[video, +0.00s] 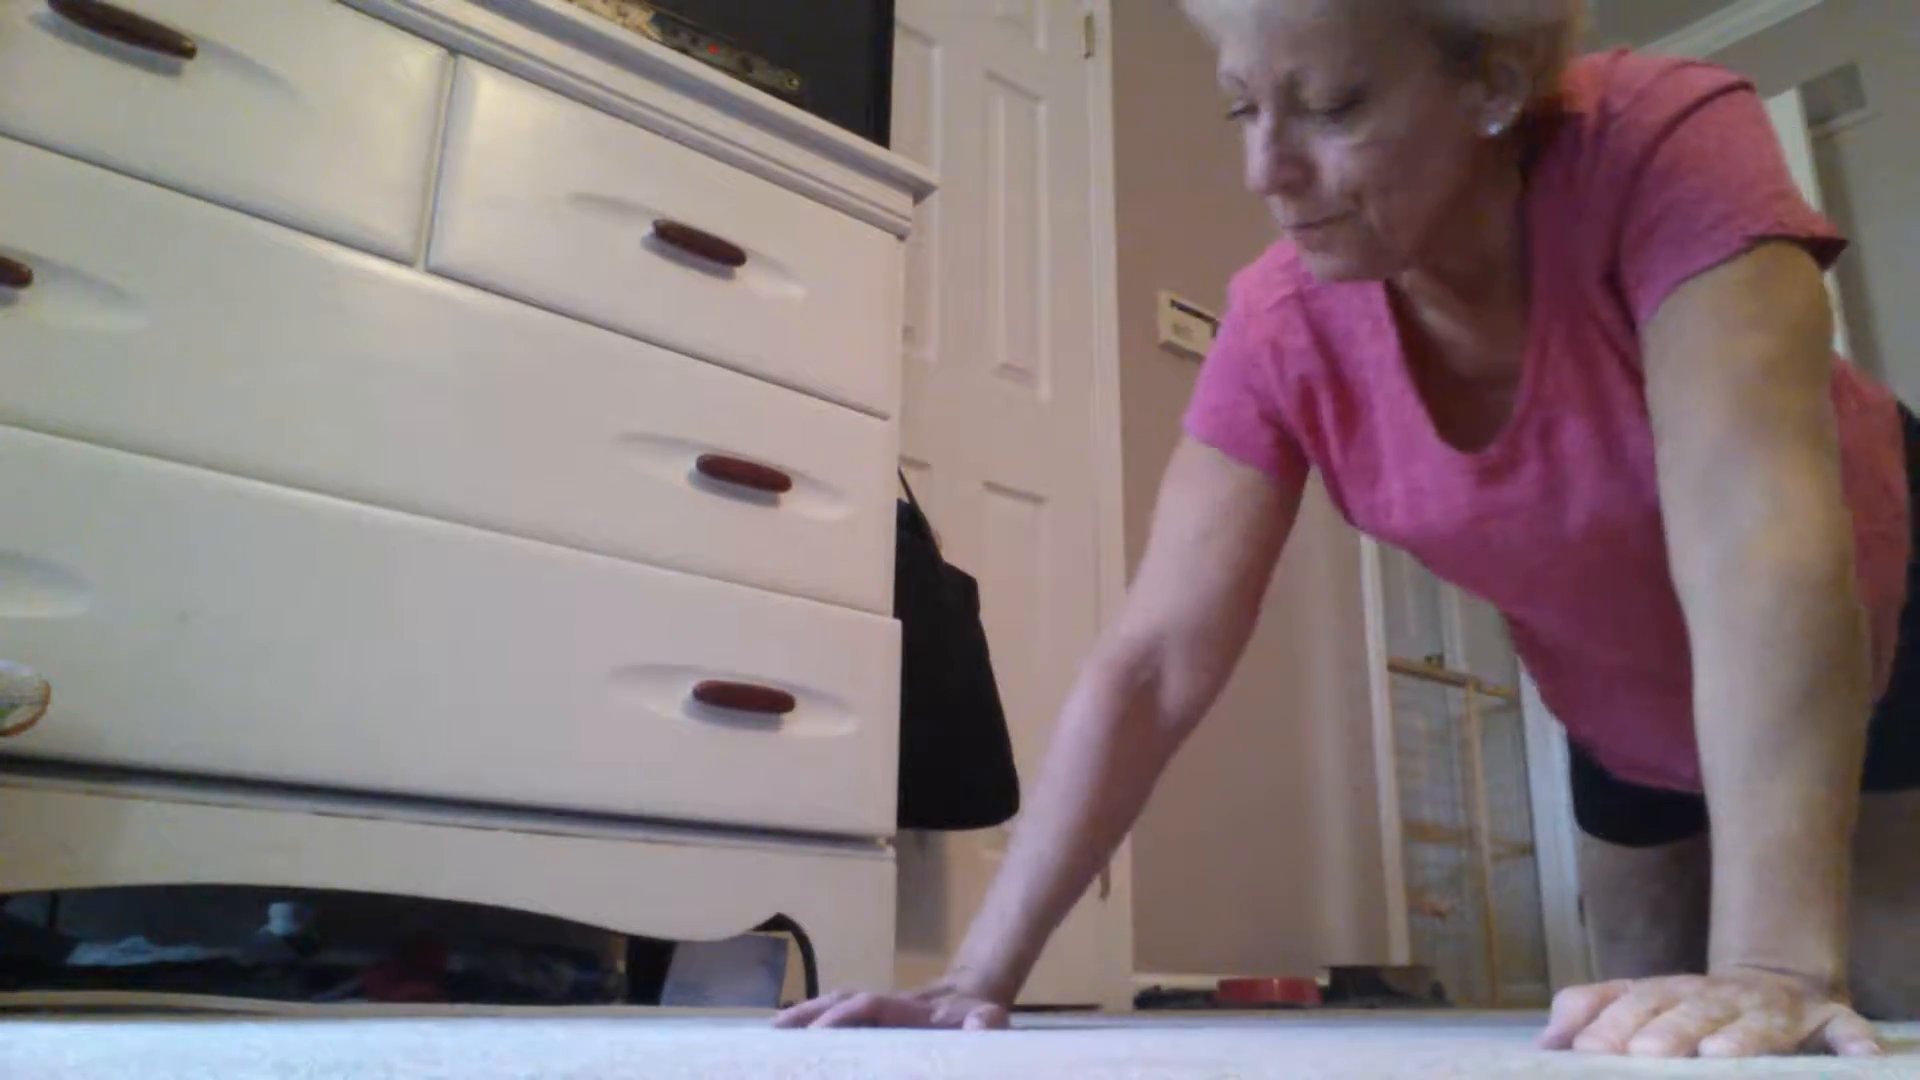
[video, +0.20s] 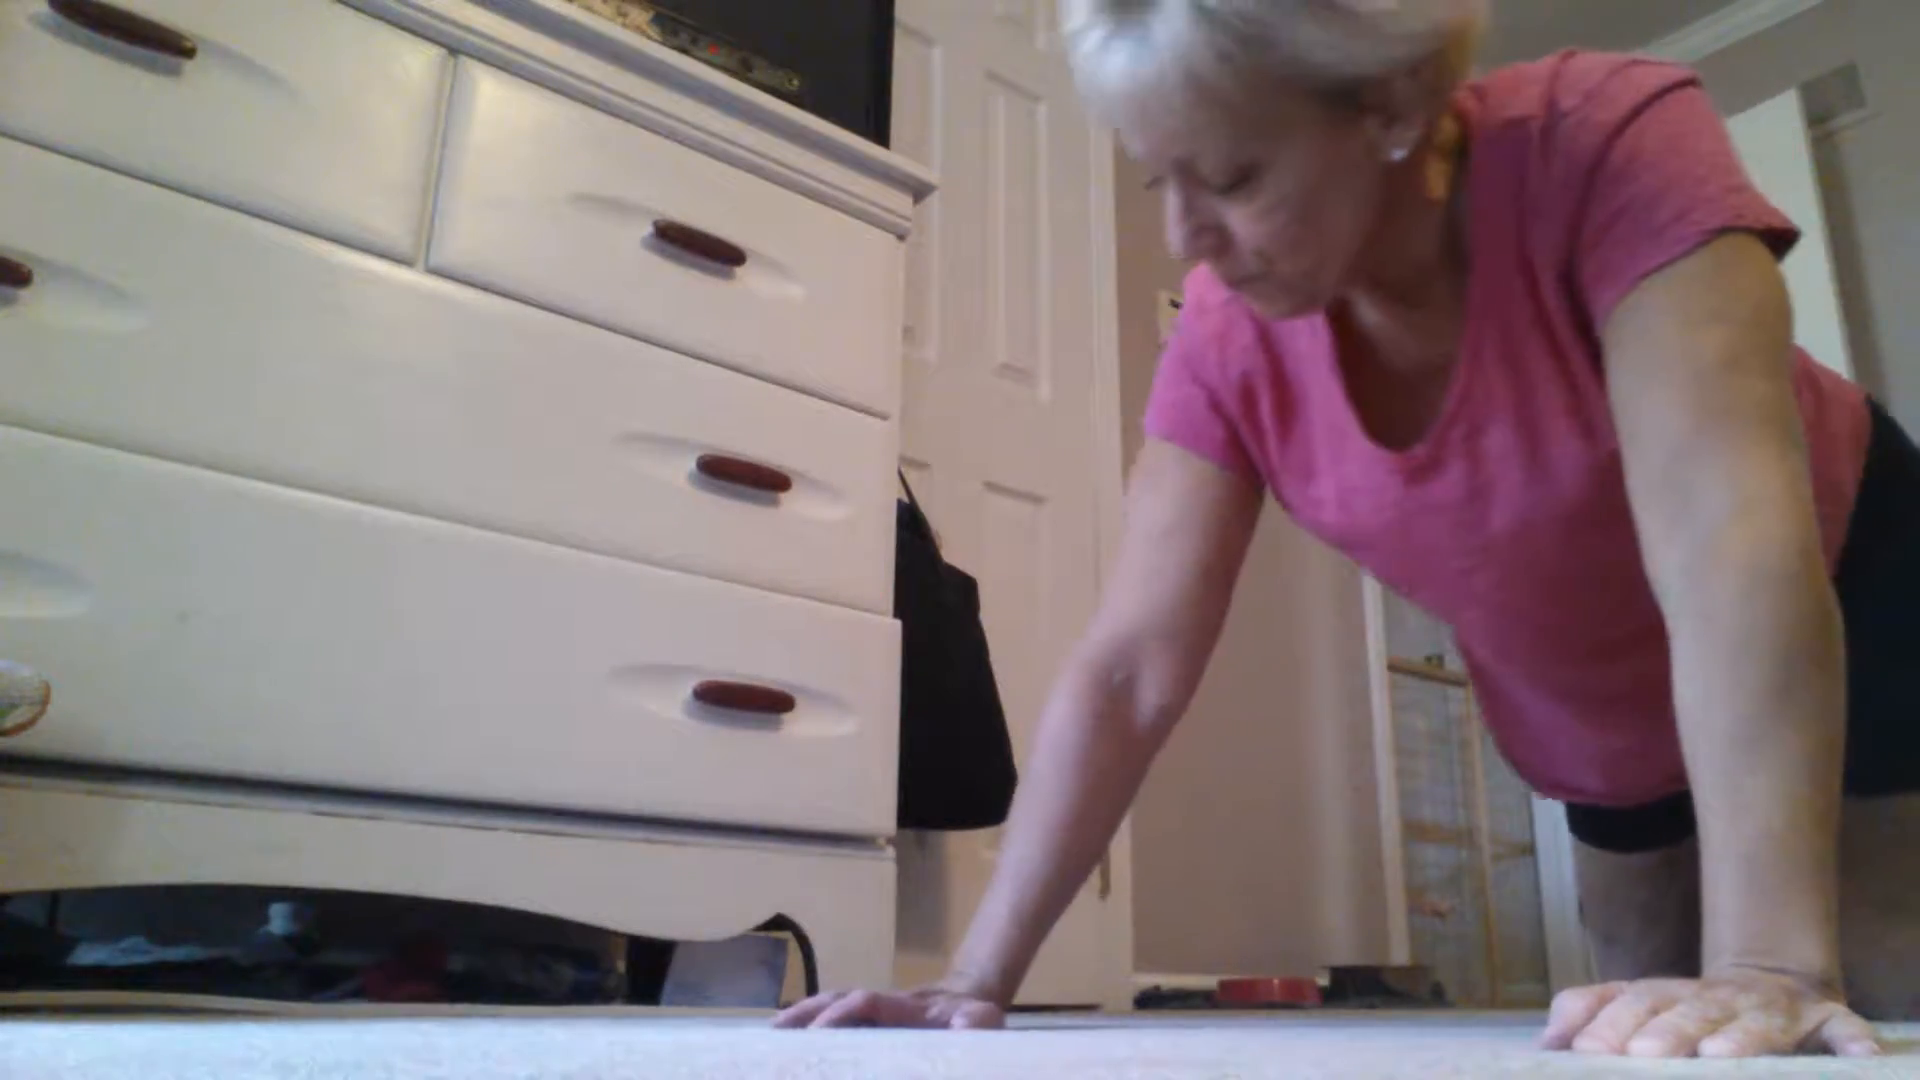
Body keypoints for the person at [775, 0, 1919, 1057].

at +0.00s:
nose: (1272, 165)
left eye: (1328, 105)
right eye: (1248, 109)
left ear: (1494, 81)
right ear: (1225, 95)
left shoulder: (1670, 143)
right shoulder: (1286, 315)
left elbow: (1767, 537)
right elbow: (1153, 666)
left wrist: (1775, 973)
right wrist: (976, 980)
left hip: (1866, 658)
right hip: (1633, 716)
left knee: (1858, 1039)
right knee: (1644, 1044)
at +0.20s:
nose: (1187, 238)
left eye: (1225, 180)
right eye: (1164, 185)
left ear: (1400, 118)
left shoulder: (1613, 140)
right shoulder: (1229, 330)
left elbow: (1739, 543)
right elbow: (1127, 676)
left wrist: (1769, 975)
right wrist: (974, 983)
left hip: (1840, 613)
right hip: (1614, 727)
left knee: (1860, 1027)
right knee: (1655, 1045)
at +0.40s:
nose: (1195, 112)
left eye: (1252, 39)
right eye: (1160, 64)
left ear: (1399, 50)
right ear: (1138, 94)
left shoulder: (1574, 151)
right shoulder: (1195, 333)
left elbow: (1711, 538)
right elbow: (1107, 682)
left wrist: (1766, 973)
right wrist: (968, 990)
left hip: (1813, 587)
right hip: (1591, 717)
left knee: (1855, 1016)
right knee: (1659, 1035)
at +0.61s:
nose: (1252, 38)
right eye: (1190, 21)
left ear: (1383, 29)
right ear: (1147, 103)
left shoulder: (1558, 156)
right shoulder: (1164, 337)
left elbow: (1697, 538)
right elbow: (1091, 685)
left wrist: (1764, 966)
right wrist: (956, 982)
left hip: (1784, 585)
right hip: (1573, 703)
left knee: (1842, 1002)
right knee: (1649, 1031)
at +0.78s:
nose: (1268, 37)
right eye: (1201, 14)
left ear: (1380, 28)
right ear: (1141, 91)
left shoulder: (1543, 161)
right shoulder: (1142, 327)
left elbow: (1680, 536)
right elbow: (1074, 684)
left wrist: (1762, 964)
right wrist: (953, 982)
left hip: (1759, 595)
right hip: (1558, 713)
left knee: (1845, 1008)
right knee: (1655, 1033)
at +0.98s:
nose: (1238, 32)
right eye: (1177, 7)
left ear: (1355, 25)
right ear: (1113, 75)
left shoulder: (1515, 158)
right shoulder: (1115, 317)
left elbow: (1663, 527)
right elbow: (1060, 670)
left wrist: (1762, 966)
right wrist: (952, 979)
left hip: (1722, 599)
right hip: (1532, 722)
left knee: (1865, 998)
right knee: (1661, 1027)